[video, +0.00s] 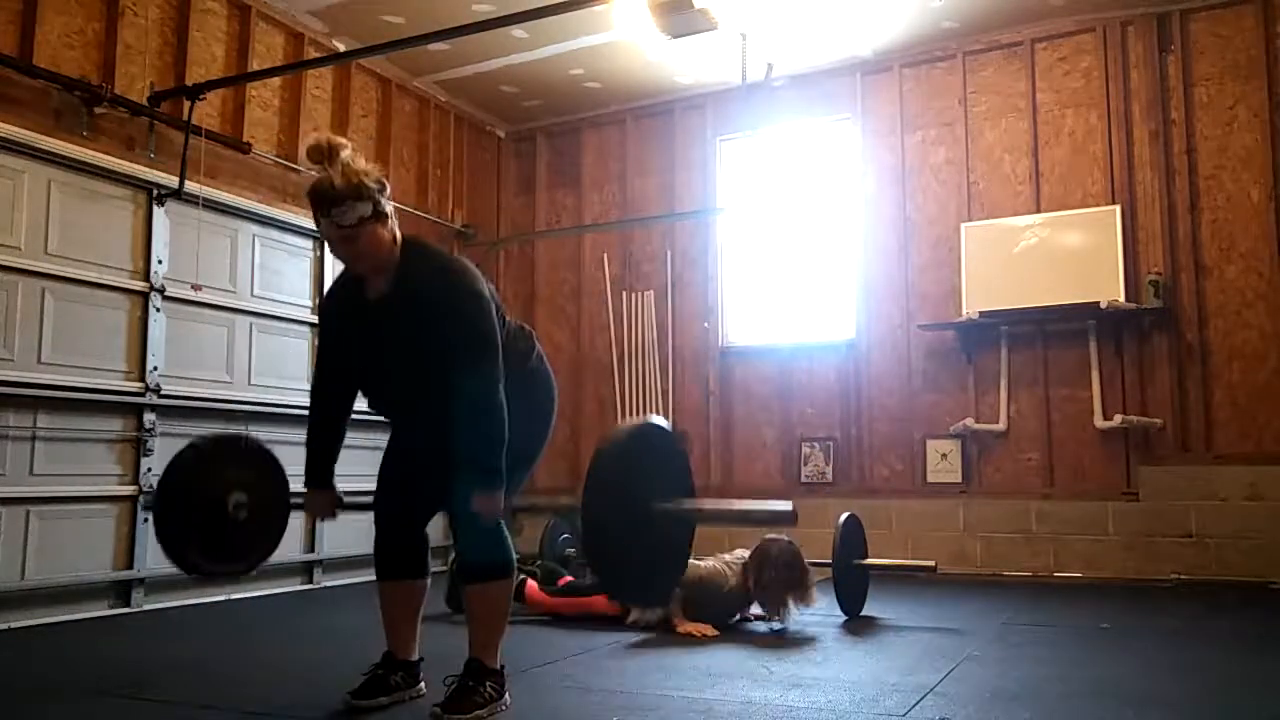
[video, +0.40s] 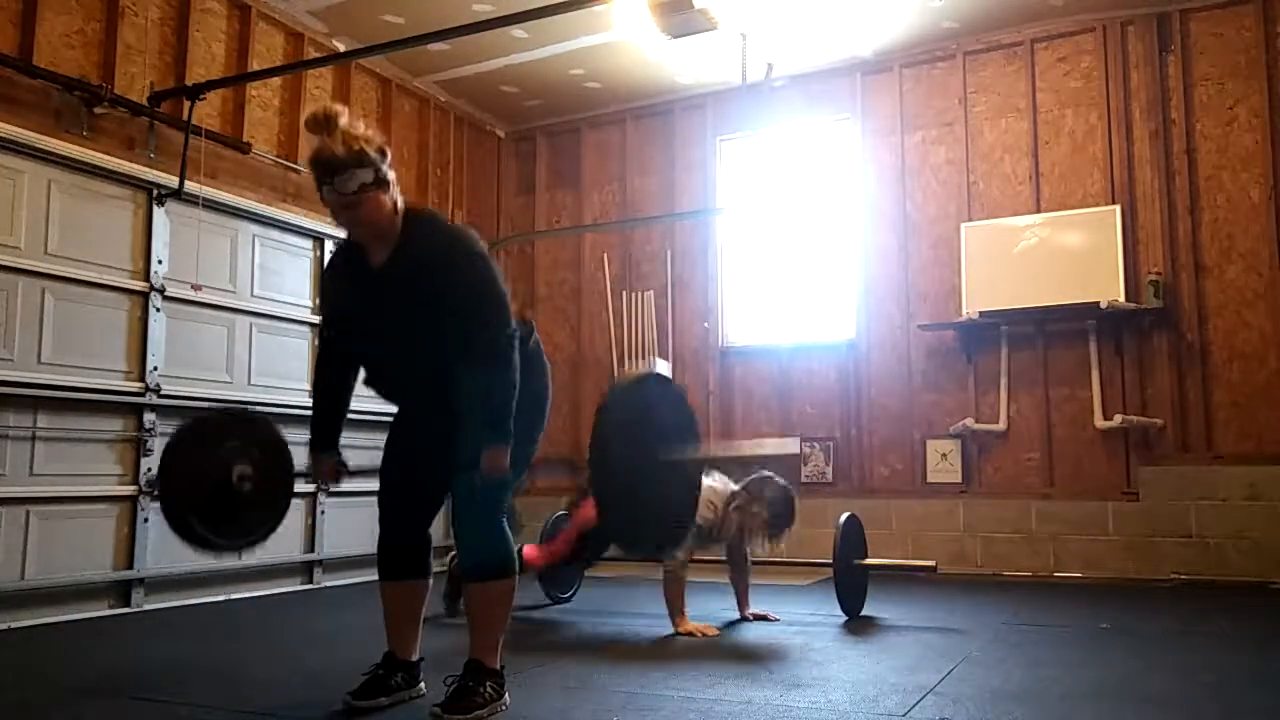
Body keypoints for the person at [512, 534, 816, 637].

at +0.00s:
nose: (784, 590)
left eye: (788, 584)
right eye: (782, 583)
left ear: (776, 571)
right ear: (765, 574)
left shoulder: (755, 570)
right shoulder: (718, 579)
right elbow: (665, 574)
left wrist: (750, 607)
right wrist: (680, 619)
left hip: (652, 595)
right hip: (635, 599)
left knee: (601, 592)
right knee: (550, 604)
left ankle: (561, 581)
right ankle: (524, 584)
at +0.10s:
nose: (778, 581)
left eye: (783, 576)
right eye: (780, 575)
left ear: (766, 557)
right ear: (769, 565)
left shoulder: (740, 561)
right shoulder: (717, 566)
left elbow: (736, 581)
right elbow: (662, 577)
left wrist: (747, 609)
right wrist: (677, 620)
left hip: (639, 595)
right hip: (621, 595)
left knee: (572, 597)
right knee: (542, 604)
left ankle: (546, 583)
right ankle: (519, 581)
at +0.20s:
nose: (769, 546)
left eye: (774, 536)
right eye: (770, 536)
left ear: (757, 515)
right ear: (754, 525)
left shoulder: (735, 545)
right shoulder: (706, 538)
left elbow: (737, 574)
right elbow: (670, 572)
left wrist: (746, 611)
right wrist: (676, 614)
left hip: (646, 585)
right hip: (613, 580)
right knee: (540, 606)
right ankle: (525, 586)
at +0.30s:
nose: (763, 538)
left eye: (770, 532)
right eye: (765, 530)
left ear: (760, 521)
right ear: (752, 518)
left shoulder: (734, 527)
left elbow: (737, 565)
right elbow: (663, 567)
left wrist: (744, 609)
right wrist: (679, 620)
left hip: (643, 547)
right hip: (606, 551)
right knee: (539, 594)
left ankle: (559, 562)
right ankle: (504, 568)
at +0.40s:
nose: (760, 529)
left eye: (766, 525)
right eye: (762, 521)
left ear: (759, 509)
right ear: (750, 505)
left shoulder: (738, 511)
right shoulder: (701, 507)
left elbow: (739, 559)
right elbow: (675, 566)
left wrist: (744, 608)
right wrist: (680, 621)